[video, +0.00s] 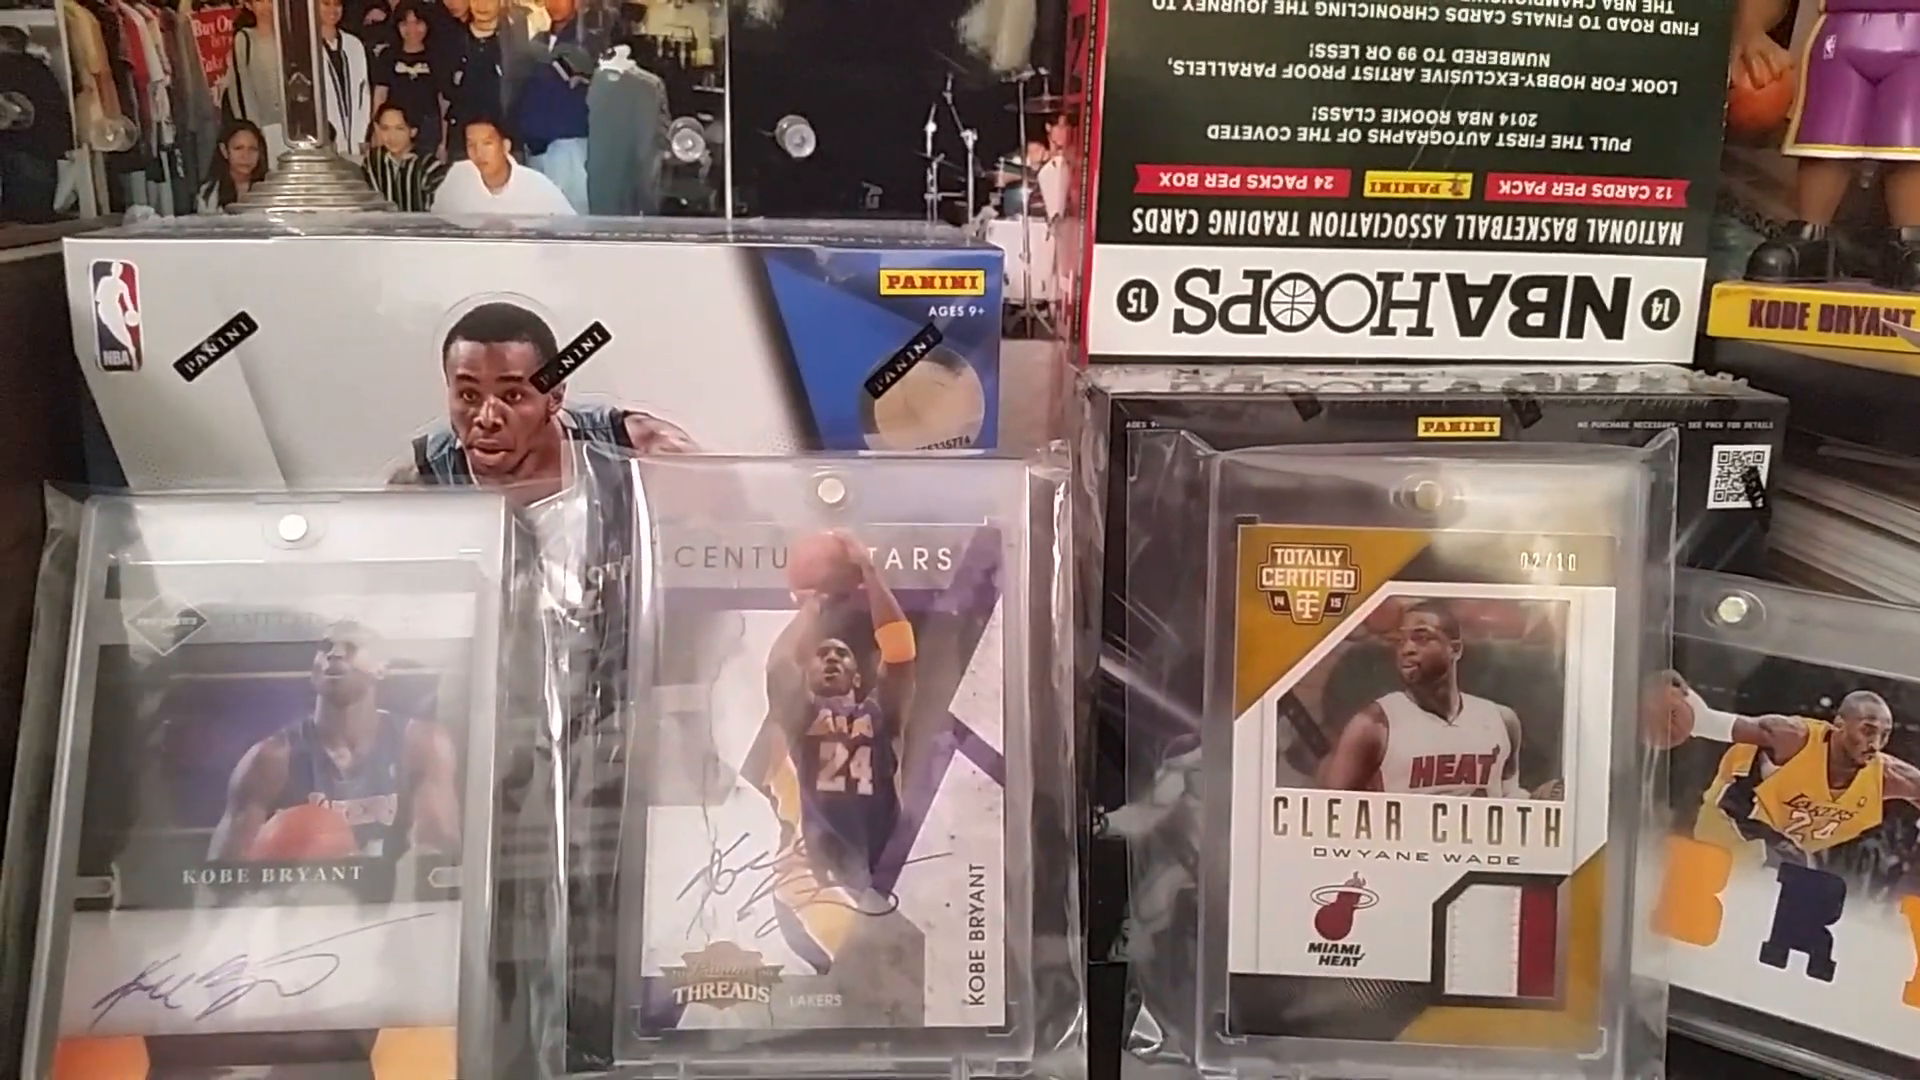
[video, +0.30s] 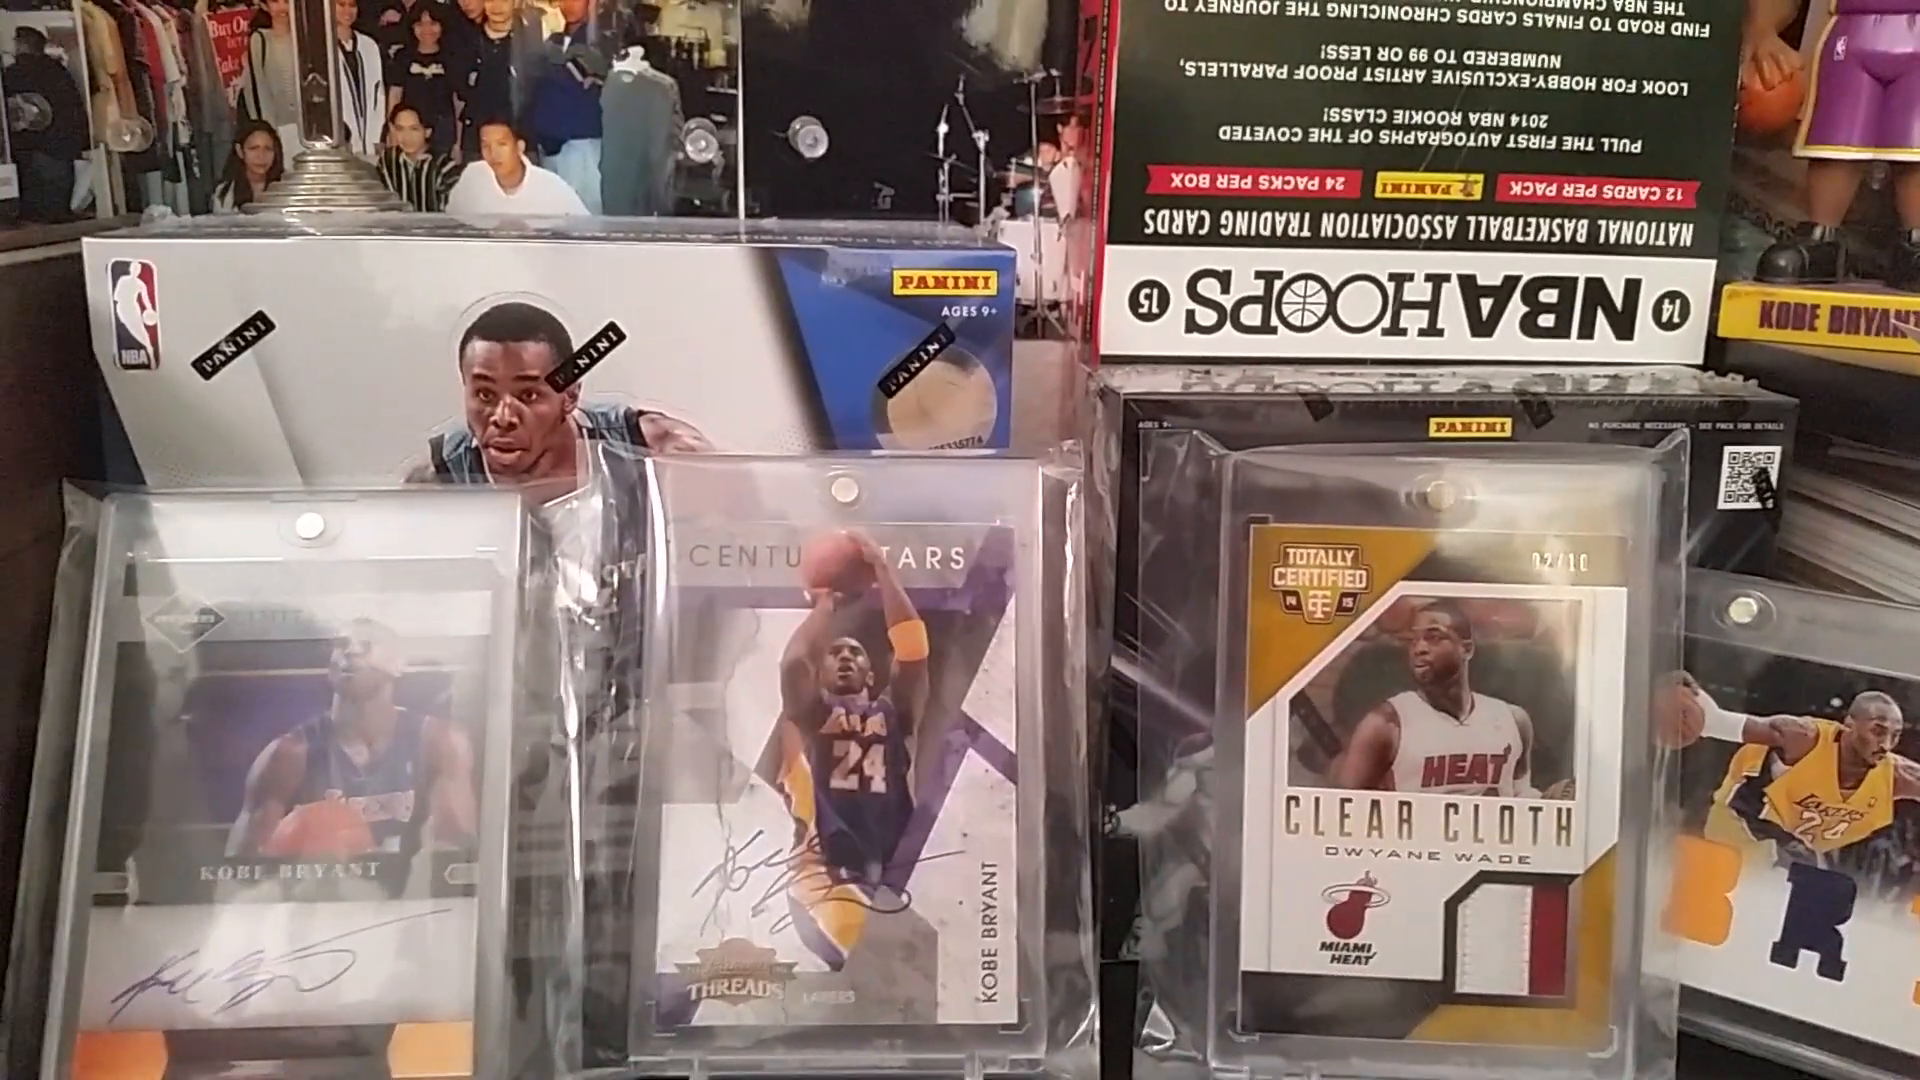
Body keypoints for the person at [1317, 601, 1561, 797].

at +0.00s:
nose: (1406, 649)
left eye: (1422, 637)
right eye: (1401, 640)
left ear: (1456, 649)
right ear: (1394, 648)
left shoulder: (1503, 723)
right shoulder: (1372, 726)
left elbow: (1508, 800)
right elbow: (1326, 816)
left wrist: (1537, 802)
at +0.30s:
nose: (1418, 649)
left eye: (1434, 637)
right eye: (1413, 640)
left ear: (1467, 648)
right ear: (1407, 648)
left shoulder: (1515, 723)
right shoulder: (1383, 726)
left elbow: (1519, 802)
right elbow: (1342, 817)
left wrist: (1548, 802)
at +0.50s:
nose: (1451, 645)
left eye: (1465, 636)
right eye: (1444, 638)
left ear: (1498, 647)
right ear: (1437, 650)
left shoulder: (1546, 720)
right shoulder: (1415, 721)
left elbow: (1554, 799)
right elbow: (1374, 807)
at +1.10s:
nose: (1441, 639)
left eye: (1456, 628)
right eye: (1438, 630)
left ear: (1488, 638)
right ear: (1431, 638)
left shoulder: (1536, 712)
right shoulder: (1406, 715)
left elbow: (1542, 792)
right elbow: (1366, 799)